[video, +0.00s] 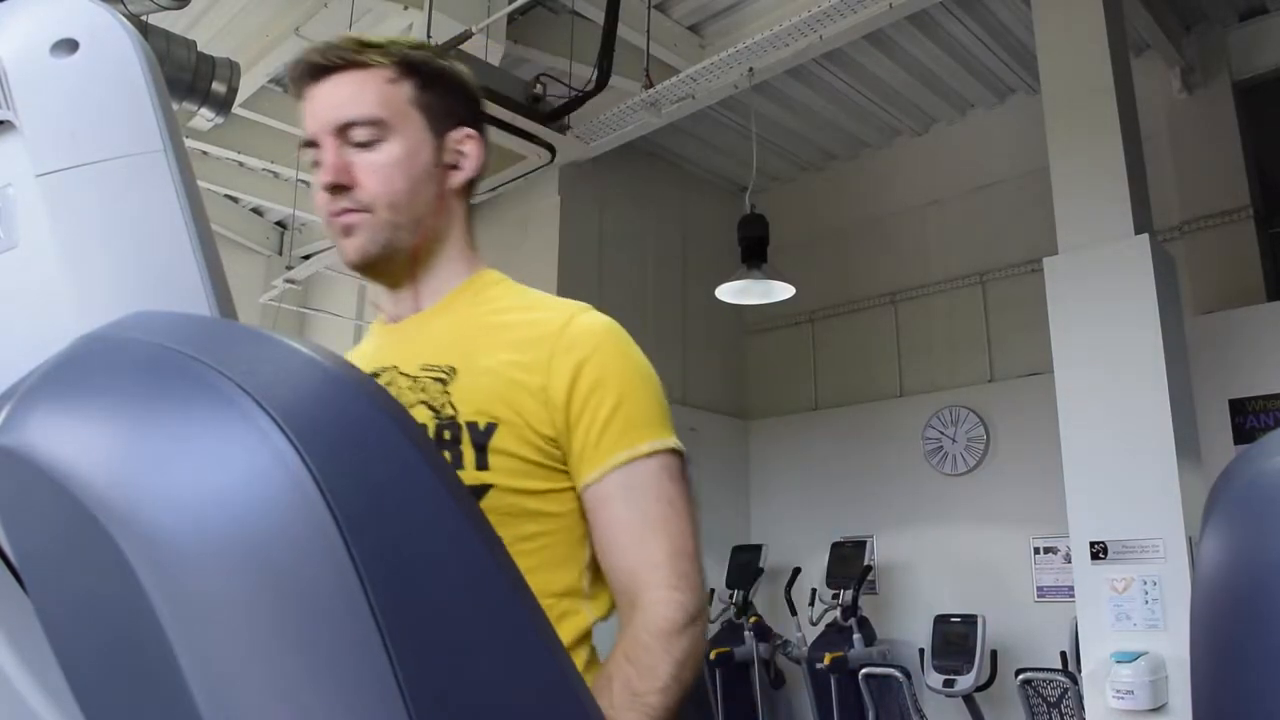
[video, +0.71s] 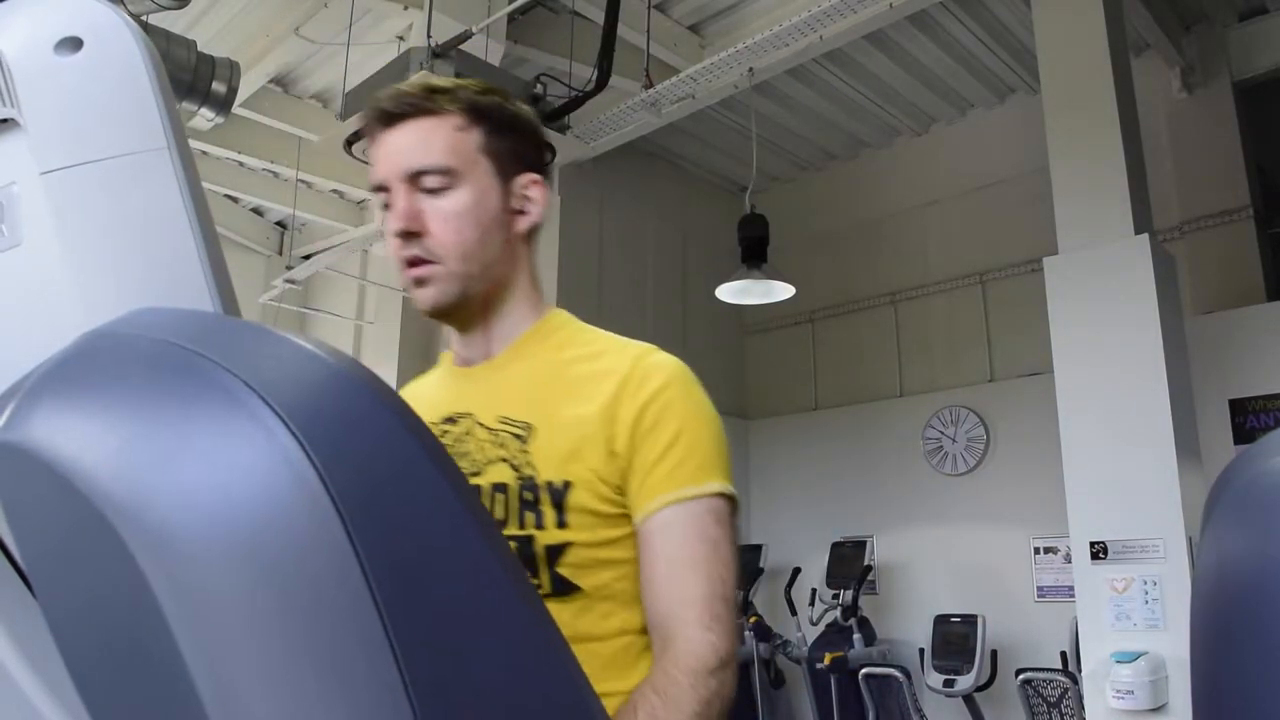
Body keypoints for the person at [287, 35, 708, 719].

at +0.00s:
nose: (327, 176)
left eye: (362, 140)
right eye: (314, 154)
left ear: (458, 158)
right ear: (311, 176)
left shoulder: (576, 347)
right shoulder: (339, 382)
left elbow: (667, 615)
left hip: (536, 701)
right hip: (372, 702)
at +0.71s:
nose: (398, 224)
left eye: (433, 187)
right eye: (384, 200)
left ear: (524, 204)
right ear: (378, 218)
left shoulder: (645, 388)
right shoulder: (394, 420)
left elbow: (697, 664)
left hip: (600, 703)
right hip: (436, 705)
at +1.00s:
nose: (497, 225)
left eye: (533, 193)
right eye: (486, 203)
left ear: (618, 216)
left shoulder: (721, 401)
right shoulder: (474, 425)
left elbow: (729, 677)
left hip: (646, 701)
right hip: (484, 700)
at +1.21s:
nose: (555, 225)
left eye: (589, 195)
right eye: (545, 203)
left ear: (669, 216)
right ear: (537, 221)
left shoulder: (760, 391)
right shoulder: (515, 416)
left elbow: (749, 648)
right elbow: (424, 579)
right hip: (537, 701)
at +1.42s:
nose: (570, 223)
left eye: (603, 195)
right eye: (558, 205)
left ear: (680, 219)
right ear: (550, 227)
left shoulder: (776, 393)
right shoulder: (512, 417)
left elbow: (811, 640)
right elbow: (387, 542)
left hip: (717, 702)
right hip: (560, 705)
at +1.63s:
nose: (525, 229)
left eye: (558, 202)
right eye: (513, 213)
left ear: (636, 227)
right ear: (502, 239)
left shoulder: (737, 402)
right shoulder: (462, 439)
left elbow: (814, 642)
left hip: (700, 703)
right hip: (508, 703)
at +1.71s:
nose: (495, 238)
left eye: (529, 211)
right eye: (482, 223)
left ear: (607, 237)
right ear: (474, 248)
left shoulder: (708, 410)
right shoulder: (452, 445)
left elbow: (788, 655)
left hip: (677, 703)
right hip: (499, 704)